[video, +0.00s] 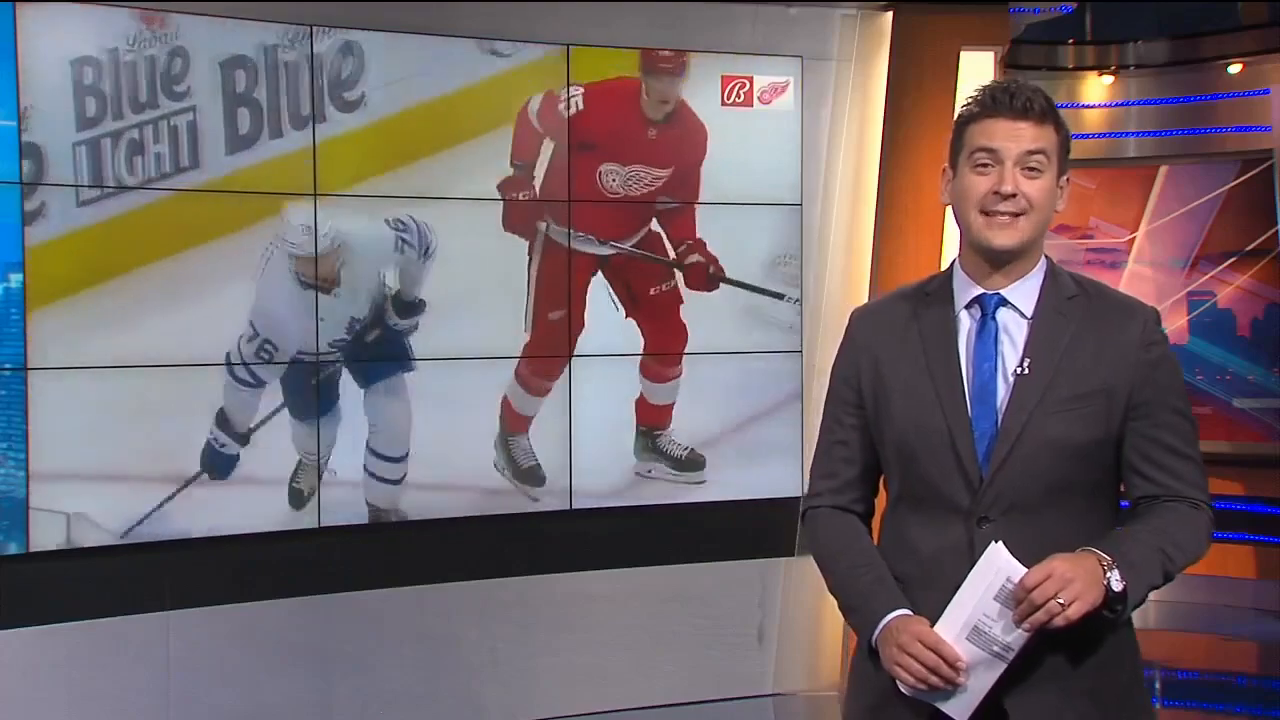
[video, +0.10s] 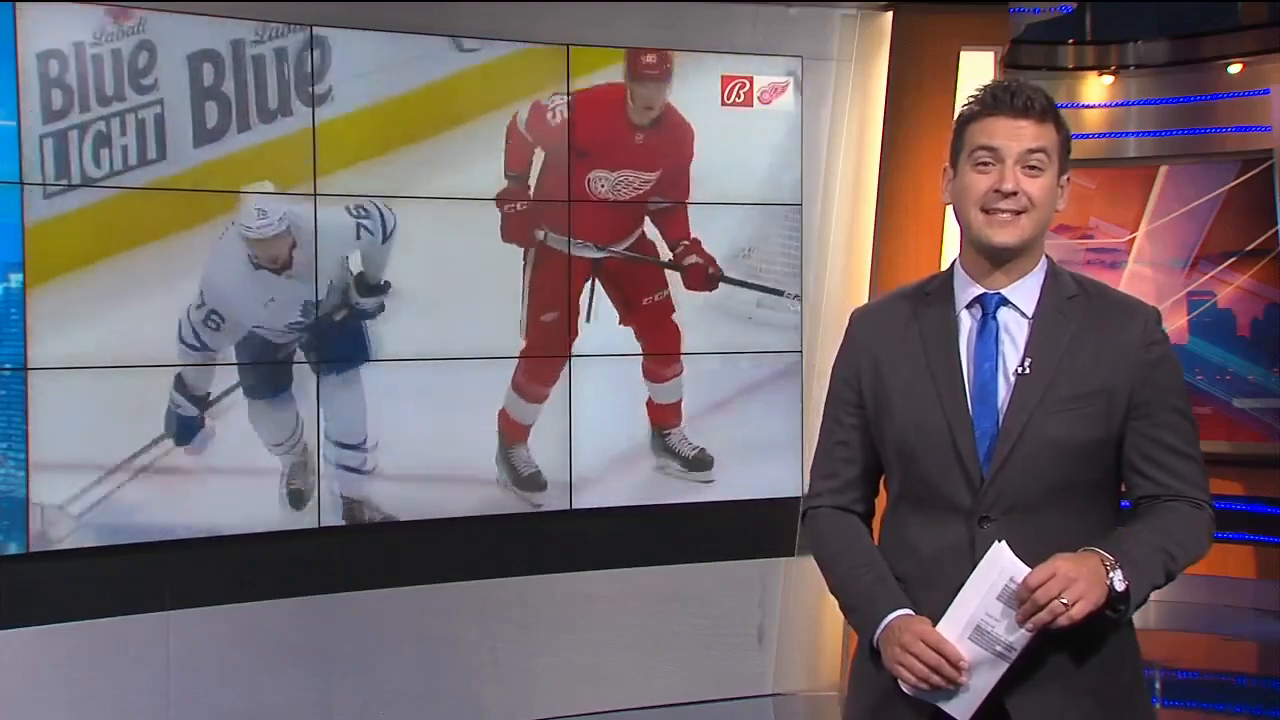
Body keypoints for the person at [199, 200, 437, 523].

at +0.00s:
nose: (318, 272)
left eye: (325, 258)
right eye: (307, 261)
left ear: (338, 248)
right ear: (291, 260)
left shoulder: (371, 242)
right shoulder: (277, 304)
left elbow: (421, 240)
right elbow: (244, 373)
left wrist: (407, 304)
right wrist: (225, 441)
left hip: (368, 331)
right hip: (306, 350)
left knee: (393, 416)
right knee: (312, 434)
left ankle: (383, 506)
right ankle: (312, 462)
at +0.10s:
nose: (265, 252)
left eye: (272, 241)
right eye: (255, 243)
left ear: (291, 234)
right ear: (244, 243)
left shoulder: (327, 231)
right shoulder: (226, 277)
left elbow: (383, 223)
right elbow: (199, 341)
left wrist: (370, 288)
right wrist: (187, 404)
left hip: (329, 311)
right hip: (263, 327)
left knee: (345, 392)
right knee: (269, 414)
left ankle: (353, 495)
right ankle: (296, 461)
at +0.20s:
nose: (212, 249)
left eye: (219, 239)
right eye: (202, 241)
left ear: (235, 227)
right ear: (189, 237)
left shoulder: (278, 228)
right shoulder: (172, 272)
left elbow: (329, 223)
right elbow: (159, 333)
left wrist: (328, 292)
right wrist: (151, 387)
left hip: (289, 312)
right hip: (221, 324)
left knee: (309, 395)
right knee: (222, 410)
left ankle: (323, 490)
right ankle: (261, 481)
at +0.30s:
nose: (178, 236)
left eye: (182, 224)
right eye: (167, 229)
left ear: (194, 218)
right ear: (151, 229)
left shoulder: (238, 225)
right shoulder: (135, 266)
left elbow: (292, 224)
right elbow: (127, 323)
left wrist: (287, 289)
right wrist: (122, 369)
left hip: (256, 306)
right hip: (188, 320)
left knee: (285, 394)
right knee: (185, 405)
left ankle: (301, 485)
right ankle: (213, 496)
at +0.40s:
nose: (132, 221)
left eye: (139, 210)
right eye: (122, 214)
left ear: (153, 205)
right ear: (109, 214)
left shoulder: (194, 215)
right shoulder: (96, 252)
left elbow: (244, 223)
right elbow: (95, 309)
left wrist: (234, 279)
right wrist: (89, 358)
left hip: (218, 301)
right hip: (153, 312)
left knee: (263, 384)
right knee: (143, 399)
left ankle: (299, 460)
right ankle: (179, 486)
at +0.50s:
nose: (125, 198)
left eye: (130, 187)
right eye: (115, 190)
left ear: (143, 181)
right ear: (103, 191)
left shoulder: (182, 197)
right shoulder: (91, 230)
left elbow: (229, 209)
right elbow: (86, 292)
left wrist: (218, 260)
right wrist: (79, 343)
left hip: (206, 281)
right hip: (145, 294)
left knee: (248, 360)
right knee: (136, 379)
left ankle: (297, 423)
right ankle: (164, 468)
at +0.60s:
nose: (138, 173)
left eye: (143, 161)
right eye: (128, 166)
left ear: (155, 156)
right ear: (116, 166)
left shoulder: (190, 168)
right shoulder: (105, 203)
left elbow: (234, 179)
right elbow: (99, 261)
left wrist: (223, 239)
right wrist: (93, 309)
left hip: (215, 252)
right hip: (159, 265)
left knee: (252, 335)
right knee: (150, 347)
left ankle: (294, 379)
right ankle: (175, 428)